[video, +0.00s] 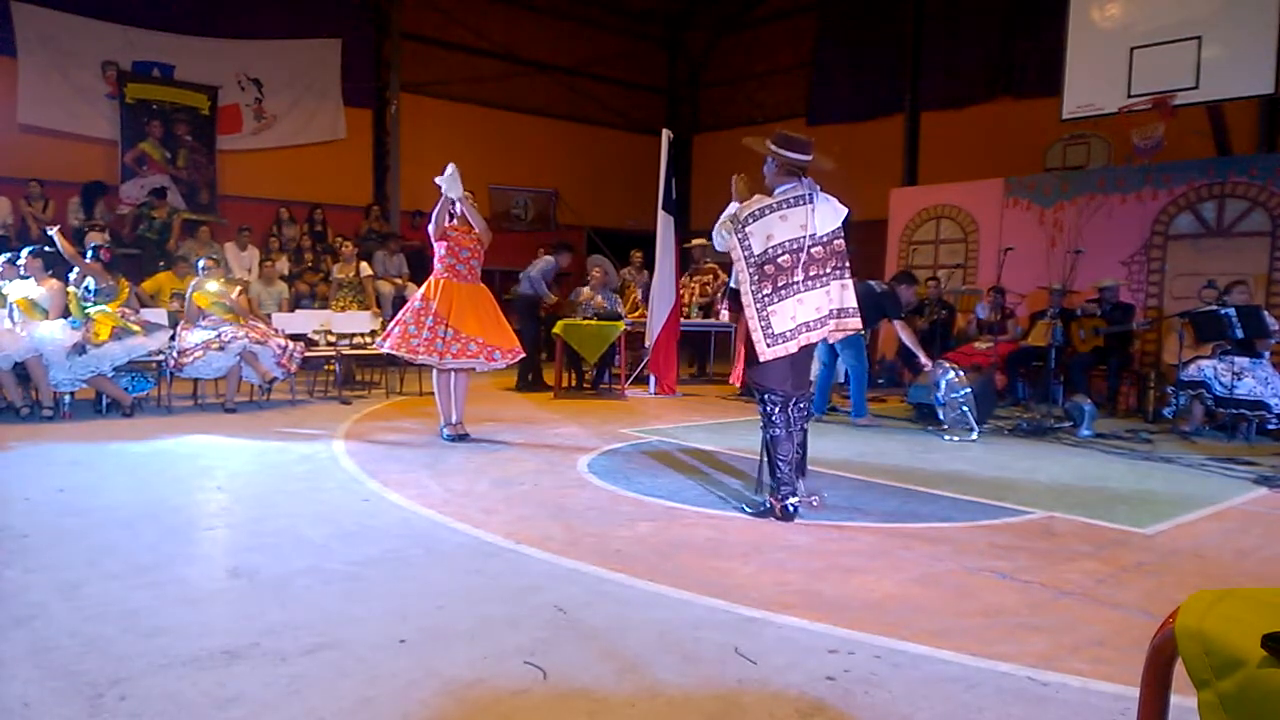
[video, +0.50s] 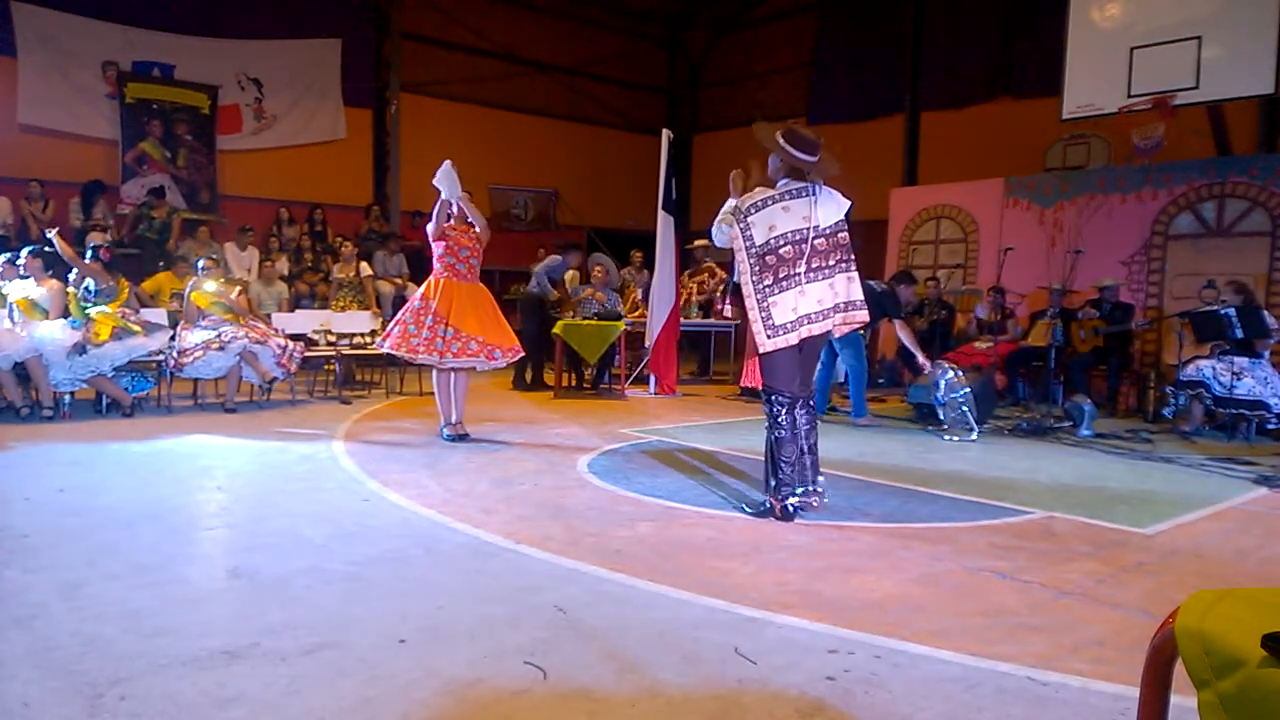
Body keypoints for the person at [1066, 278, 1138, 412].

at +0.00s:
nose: (1112, 294)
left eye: (1114, 291)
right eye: (1108, 291)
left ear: (1118, 292)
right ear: (1101, 293)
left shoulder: (1127, 308)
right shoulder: (1092, 305)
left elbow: (1121, 320)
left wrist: (1098, 312)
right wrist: (1080, 313)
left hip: (1118, 349)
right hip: (1097, 348)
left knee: (1115, 365)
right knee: (1077, 362)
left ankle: (1111, 403)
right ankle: (1082, 400)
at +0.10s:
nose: (1113, 293)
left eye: (1115, 290)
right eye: (1109, 290)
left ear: (1118, 291)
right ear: (1101, 292)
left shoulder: (1127, 308)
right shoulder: (1092, 305)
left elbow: (1120, 321)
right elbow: (1064, 315)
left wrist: (1098, 312)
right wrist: (1079, 312)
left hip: (1118, 349)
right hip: (1096, 348)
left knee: (1115, 364)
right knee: (1077, 362)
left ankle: (1111, 403)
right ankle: (1082, 400)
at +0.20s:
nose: (1113, 293)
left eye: (1115, 290)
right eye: (1108, 290)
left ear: (1118, 292)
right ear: (1101, 292)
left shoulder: (1127, 308)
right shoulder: (1092, 305)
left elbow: (1120, 321)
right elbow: (1064, 314)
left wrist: (1097, 313)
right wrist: (1079, 313)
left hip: (1117, 349)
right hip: (1096, 348)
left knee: (1115, 365)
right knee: (1077, 362)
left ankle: (1111, 403)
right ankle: (1082, 400)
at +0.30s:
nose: (1113, 294)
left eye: (1115, 290)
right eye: (1109, 290)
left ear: (1118, 292)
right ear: (1101, 292)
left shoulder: (1126, 308)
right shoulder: (1092, 305)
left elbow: (1120, 320)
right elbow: (1064, 314)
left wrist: (1098, 314)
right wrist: (1079, 313)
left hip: (1117, 349)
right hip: (1096, 348)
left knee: (1115, 365)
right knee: (1077, 362)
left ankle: (1111, 403)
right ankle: (1082, 400)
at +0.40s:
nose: (1112, 294)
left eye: (1115, 290)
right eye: (1108, 290)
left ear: (1118, 292)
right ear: (1101, 292)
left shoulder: (1126, 308)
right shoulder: (1092, 305)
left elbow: (1120, 320)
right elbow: (1066, 315)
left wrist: (1099, 315)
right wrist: (1079, 314)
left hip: (1117, 349)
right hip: (1096, 348)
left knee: (1114, 366)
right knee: (1077, 363)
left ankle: (1111, 404)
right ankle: (1083, 400)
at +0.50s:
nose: (1112, 294)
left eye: (1115, 290)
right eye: (1108, 290)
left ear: (1118, 292)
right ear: (1101, 292)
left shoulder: (1126, 308)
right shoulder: (1092, 305)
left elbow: (1121, 319)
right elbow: (1066, 315)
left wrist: (1098, 315)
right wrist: (1079, 314)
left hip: (1117, 350)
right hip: (1096, 348)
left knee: (1114, 366)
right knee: (1077, 363)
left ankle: (1111, 404)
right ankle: (1083, 400)